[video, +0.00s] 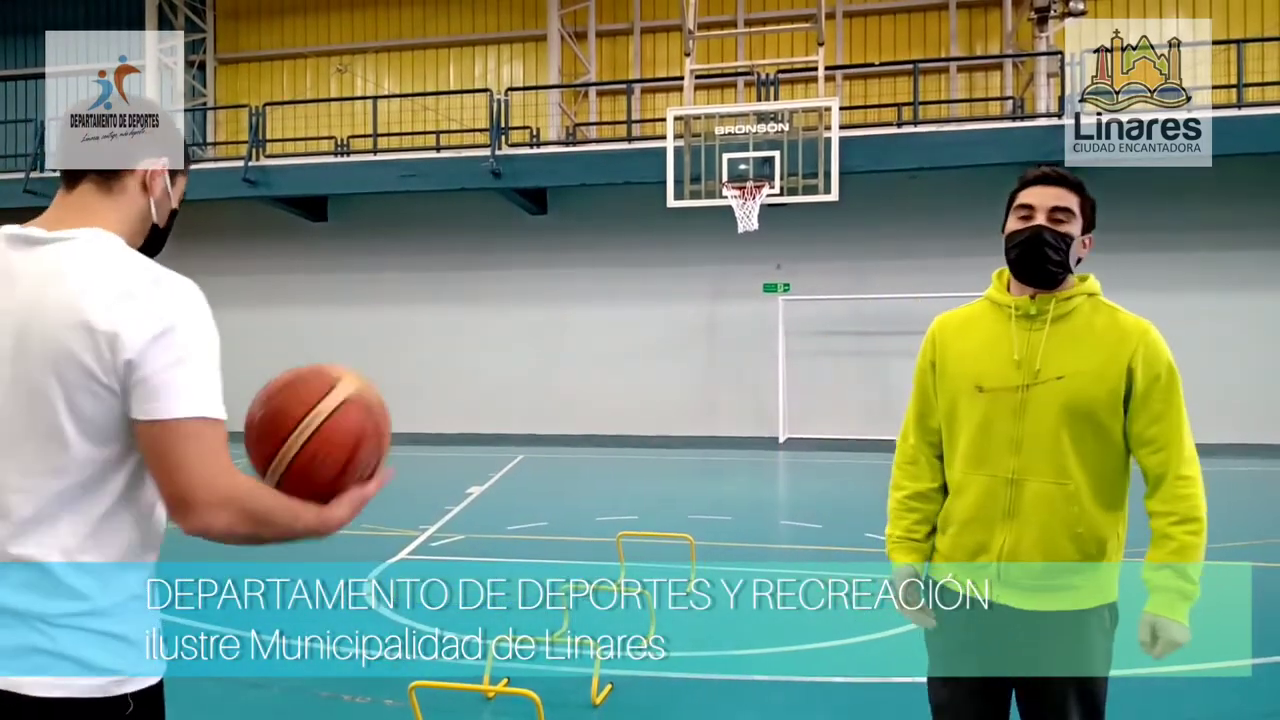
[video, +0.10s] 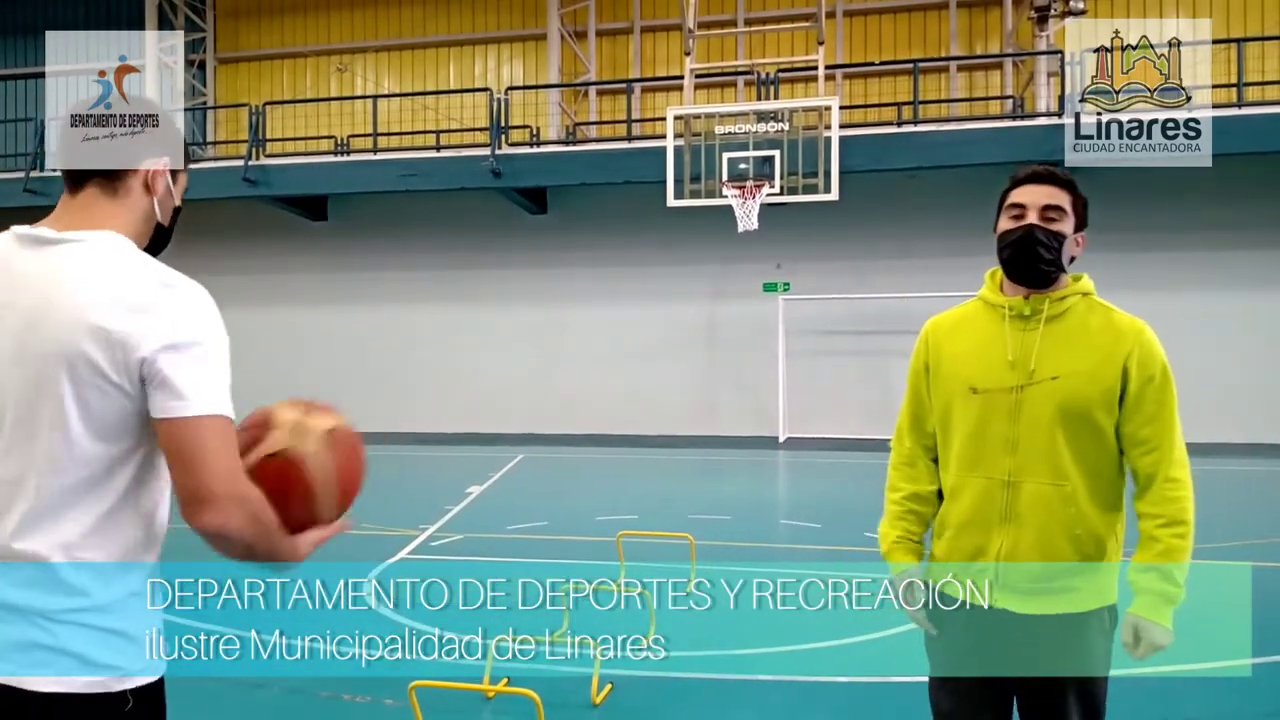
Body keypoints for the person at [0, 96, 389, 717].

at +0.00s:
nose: (175, 202)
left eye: (178, 184)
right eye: (177, 182)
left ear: (66, 168)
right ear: (152, 176)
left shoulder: (7, 252)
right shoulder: (152, 298)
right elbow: (204, 501)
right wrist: (322, 517)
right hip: (82, 669)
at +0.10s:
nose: (176, 204)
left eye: (181, 187)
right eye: (180, 185)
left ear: (72, 170)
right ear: (156, 177)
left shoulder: (6, 256)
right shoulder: (163, 301)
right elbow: (214, 506)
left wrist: (218, 454)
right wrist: (286, 548)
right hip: (88, 665)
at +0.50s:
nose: (170, 212)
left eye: (172, 195)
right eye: (172, 193)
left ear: (70, 188)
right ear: (147, 189)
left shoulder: (10, 280)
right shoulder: (153, 297)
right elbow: (159, 486)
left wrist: (189, 507)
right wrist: (226, 559)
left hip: (10, 628)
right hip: (112, 633)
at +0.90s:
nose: (205, 220)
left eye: (207, 205)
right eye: (207, 202)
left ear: (113, 192)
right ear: (187, 189)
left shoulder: (24, 300)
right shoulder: (192, 285)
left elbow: (9, 464)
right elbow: (229, 448)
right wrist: (265, 503)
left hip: (33, 625)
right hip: (163, 626)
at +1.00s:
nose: (222, 219)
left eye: (225, 205)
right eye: (224, 202)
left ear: (131, 194)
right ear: (208, 193)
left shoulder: (27, 308)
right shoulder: (214, 287)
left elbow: (12, 473)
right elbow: (239, 432)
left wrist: (78, 530)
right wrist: (278, 510)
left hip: (60, 625)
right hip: (188, 623)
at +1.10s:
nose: (240, 221)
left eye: (245, 206)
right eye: (244, 203)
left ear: (150, 195)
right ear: (228, 194)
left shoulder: (43, 306)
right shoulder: (233, 287)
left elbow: (8, 468)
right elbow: (252, 422)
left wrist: (73, 542)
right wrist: (299, 512)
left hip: (75, 628)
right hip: (203, 627)